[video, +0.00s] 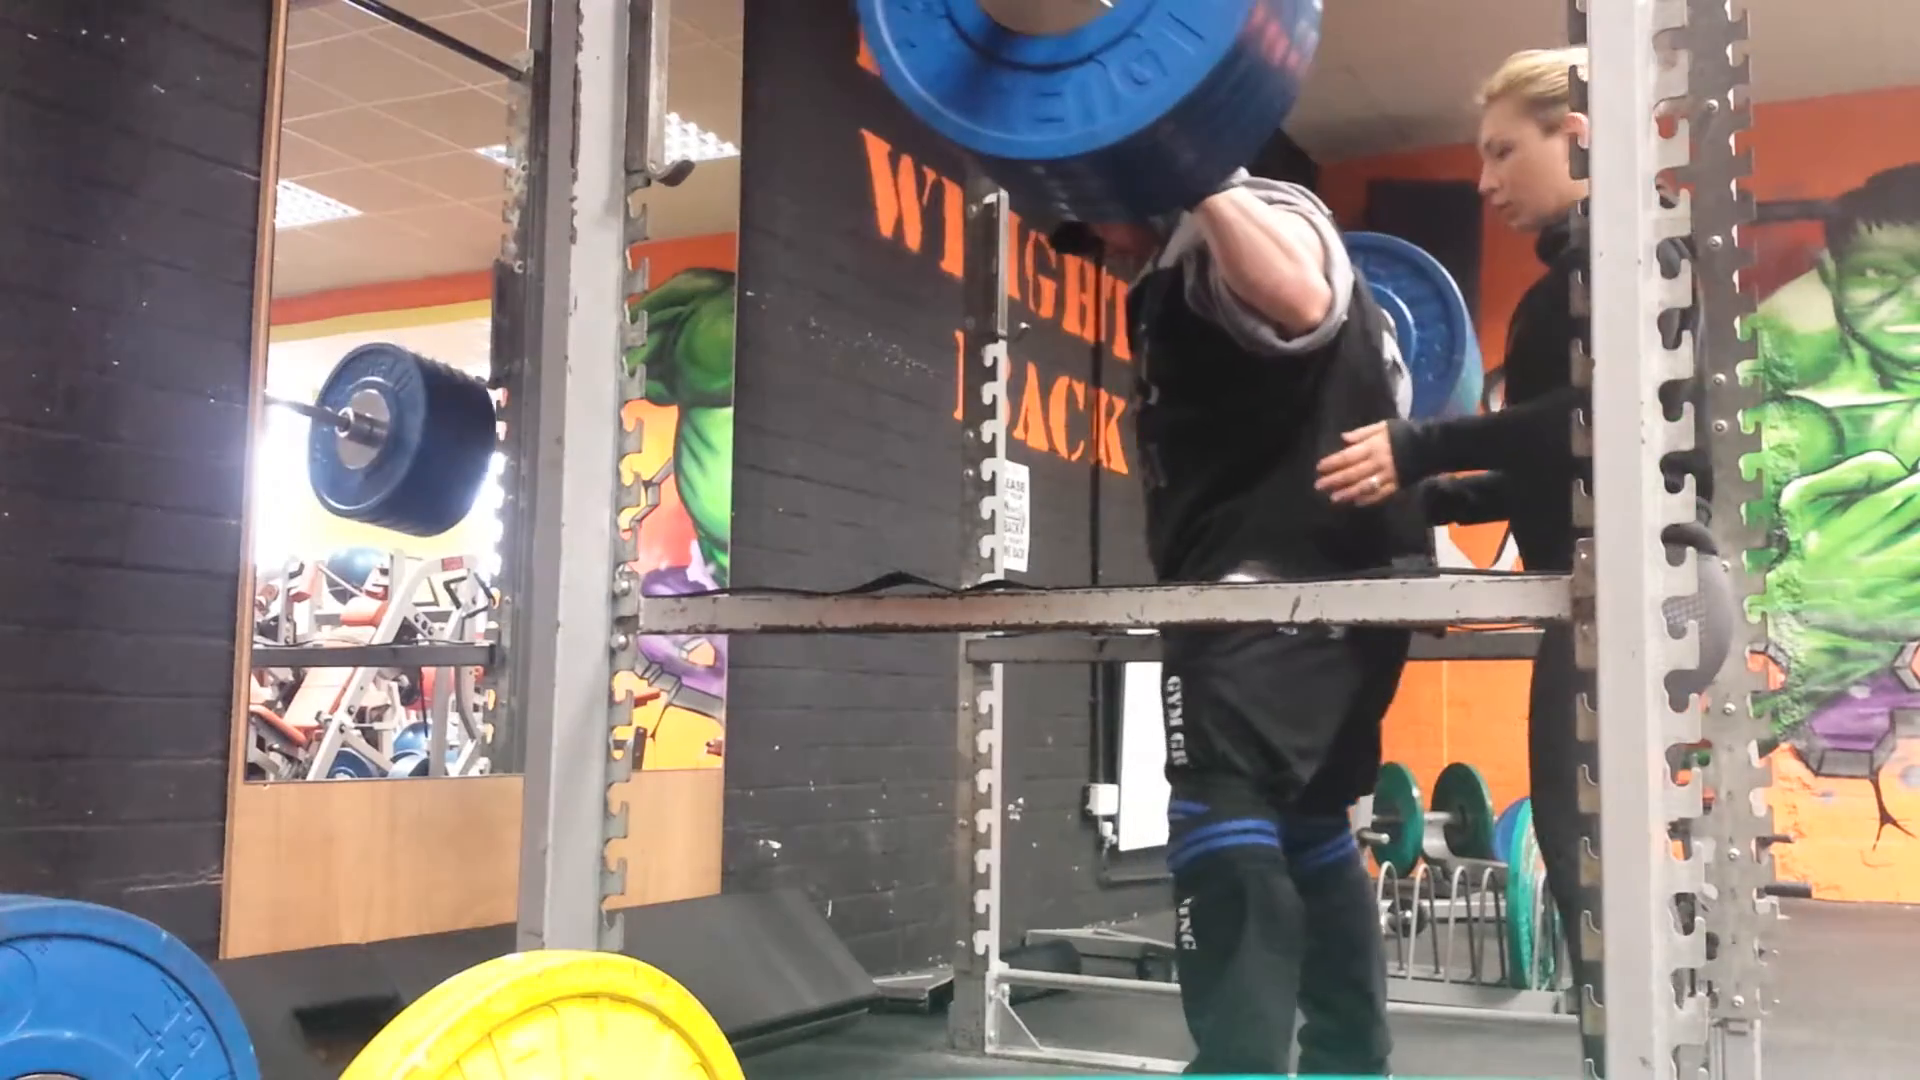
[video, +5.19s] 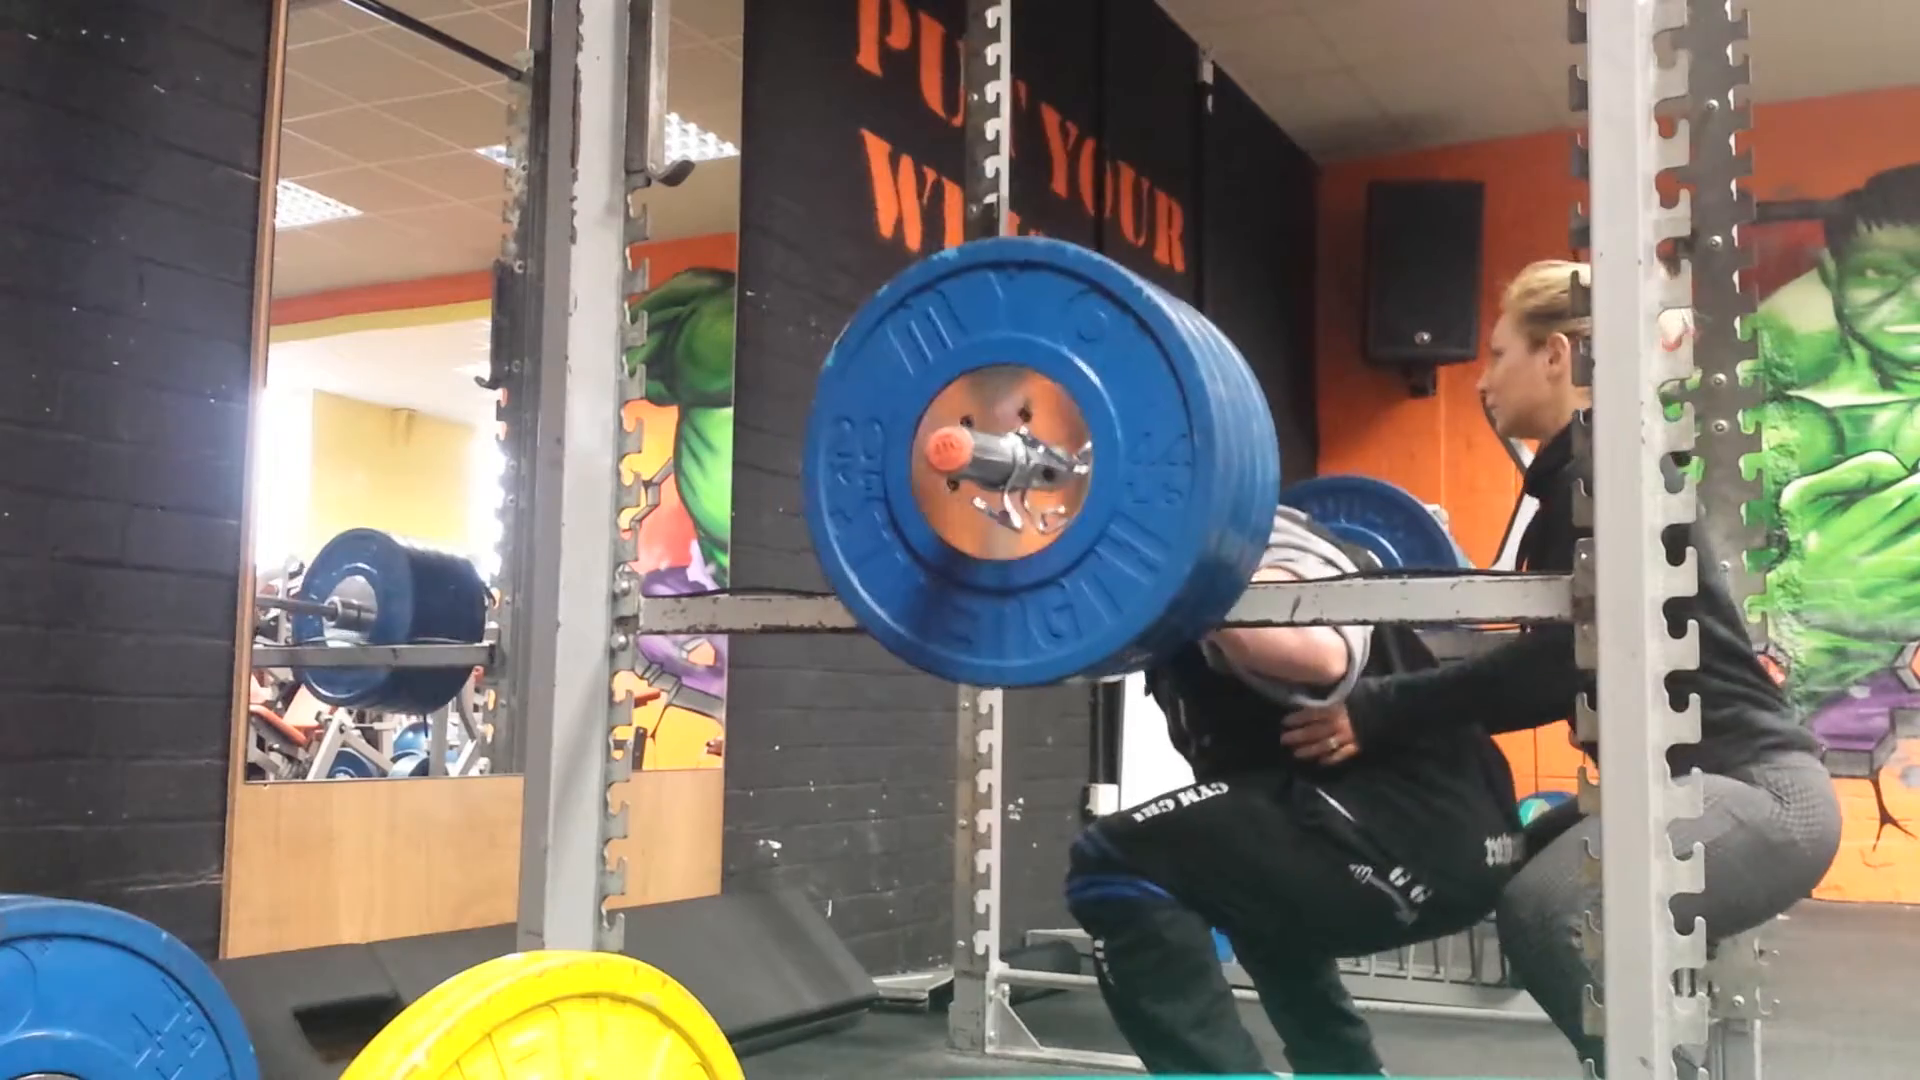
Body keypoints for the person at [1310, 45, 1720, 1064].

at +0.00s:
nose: (1486, 182)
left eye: (1500, 154)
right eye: (1483, 160)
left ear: (1571, 137)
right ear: (1554, 148)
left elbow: (1598, 421)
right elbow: (1560, 465)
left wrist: (1422, 446)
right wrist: (1433, 497)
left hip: (1624, 581)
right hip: (1581, 580)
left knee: (1590, 820)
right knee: (1570, 817)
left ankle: (1629, 1047)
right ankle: (1613, 1042)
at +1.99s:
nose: (1532, 171)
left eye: (1542, 148)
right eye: (1531, 150)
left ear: (1600, 140)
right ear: (1611, 143)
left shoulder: (1652, 241)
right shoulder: (1660, 241)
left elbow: (1594, 426)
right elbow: (1585, 458)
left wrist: (1403, 444)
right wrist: (1429, 477)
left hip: (1680, 586)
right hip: (1700, 585)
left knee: (1637, 855)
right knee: (1661, 854)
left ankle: (1659, 1060)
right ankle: (1681, 1055)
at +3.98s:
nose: (1517, 191)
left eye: (1527, 166)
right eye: (1518, 169)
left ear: (1580, 157)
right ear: (1581, 163)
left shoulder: (1621, 262)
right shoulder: (1591, 282)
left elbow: (1576, 424)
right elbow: (1563, 477)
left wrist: (1401, 465)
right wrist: (1435, 514)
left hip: (1619, 591)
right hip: (1593, 589)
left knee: (1566, 816)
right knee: (1563, 816)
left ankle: (1624, 1041)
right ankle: (1616, 1037)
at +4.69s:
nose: (1473, 286)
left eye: (1484, 258)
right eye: (1474, 263)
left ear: (1546, 244)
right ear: (1541, 248)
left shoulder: (1606, 360)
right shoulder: (1571, 382)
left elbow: (1560, 545)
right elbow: (1536, 545)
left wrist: (1393, 601)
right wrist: (1389, 595)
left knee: (1567, 858)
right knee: (1539, 852)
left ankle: (1677, 1053)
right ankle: (1657, 1047)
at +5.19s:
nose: (1482, 381)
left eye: (1496, 355)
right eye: (1487, 358)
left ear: (1559, 356)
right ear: (1557, 359)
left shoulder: (1596, 461)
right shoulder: (1580, 466)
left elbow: (1574, 661)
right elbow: (1564, 661)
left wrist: (1379, 709)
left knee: (1547, 907)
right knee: (1531, 887)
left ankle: (1657, 1067)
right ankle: (1666, 1062)